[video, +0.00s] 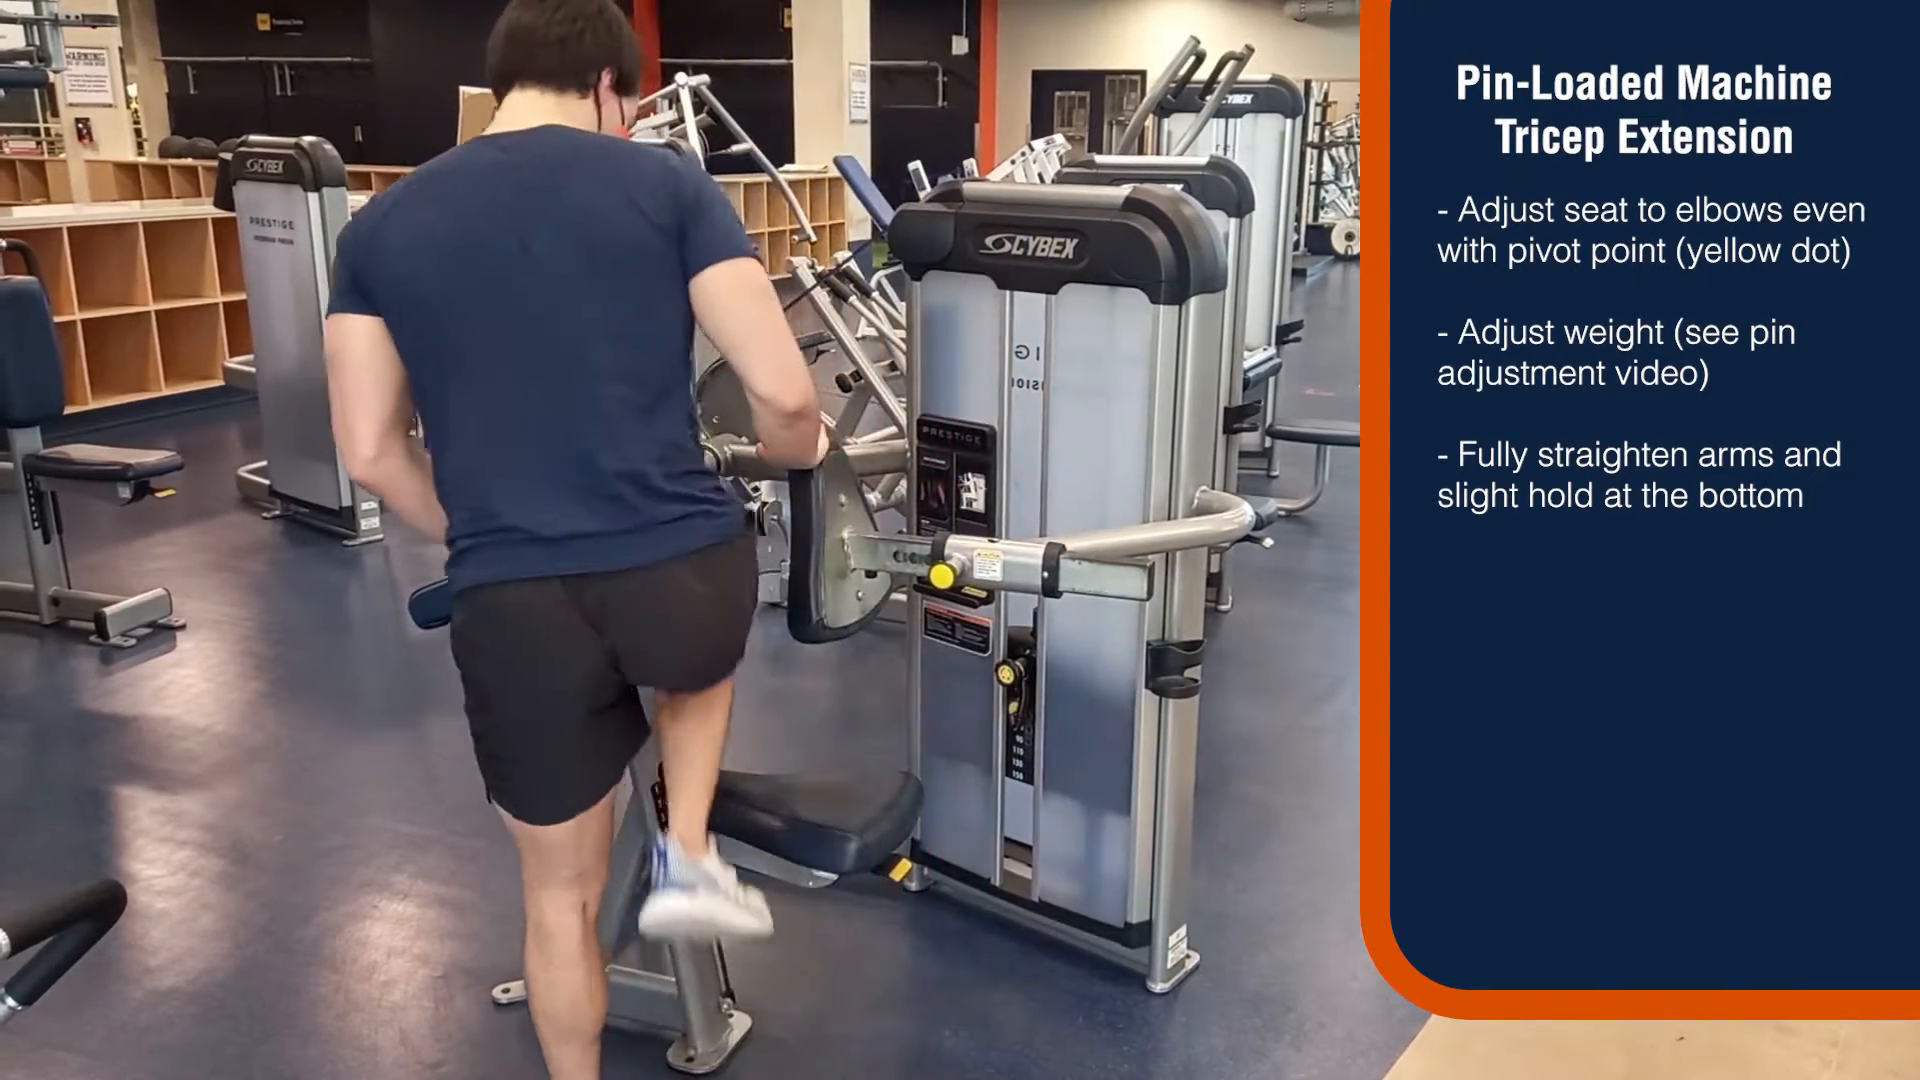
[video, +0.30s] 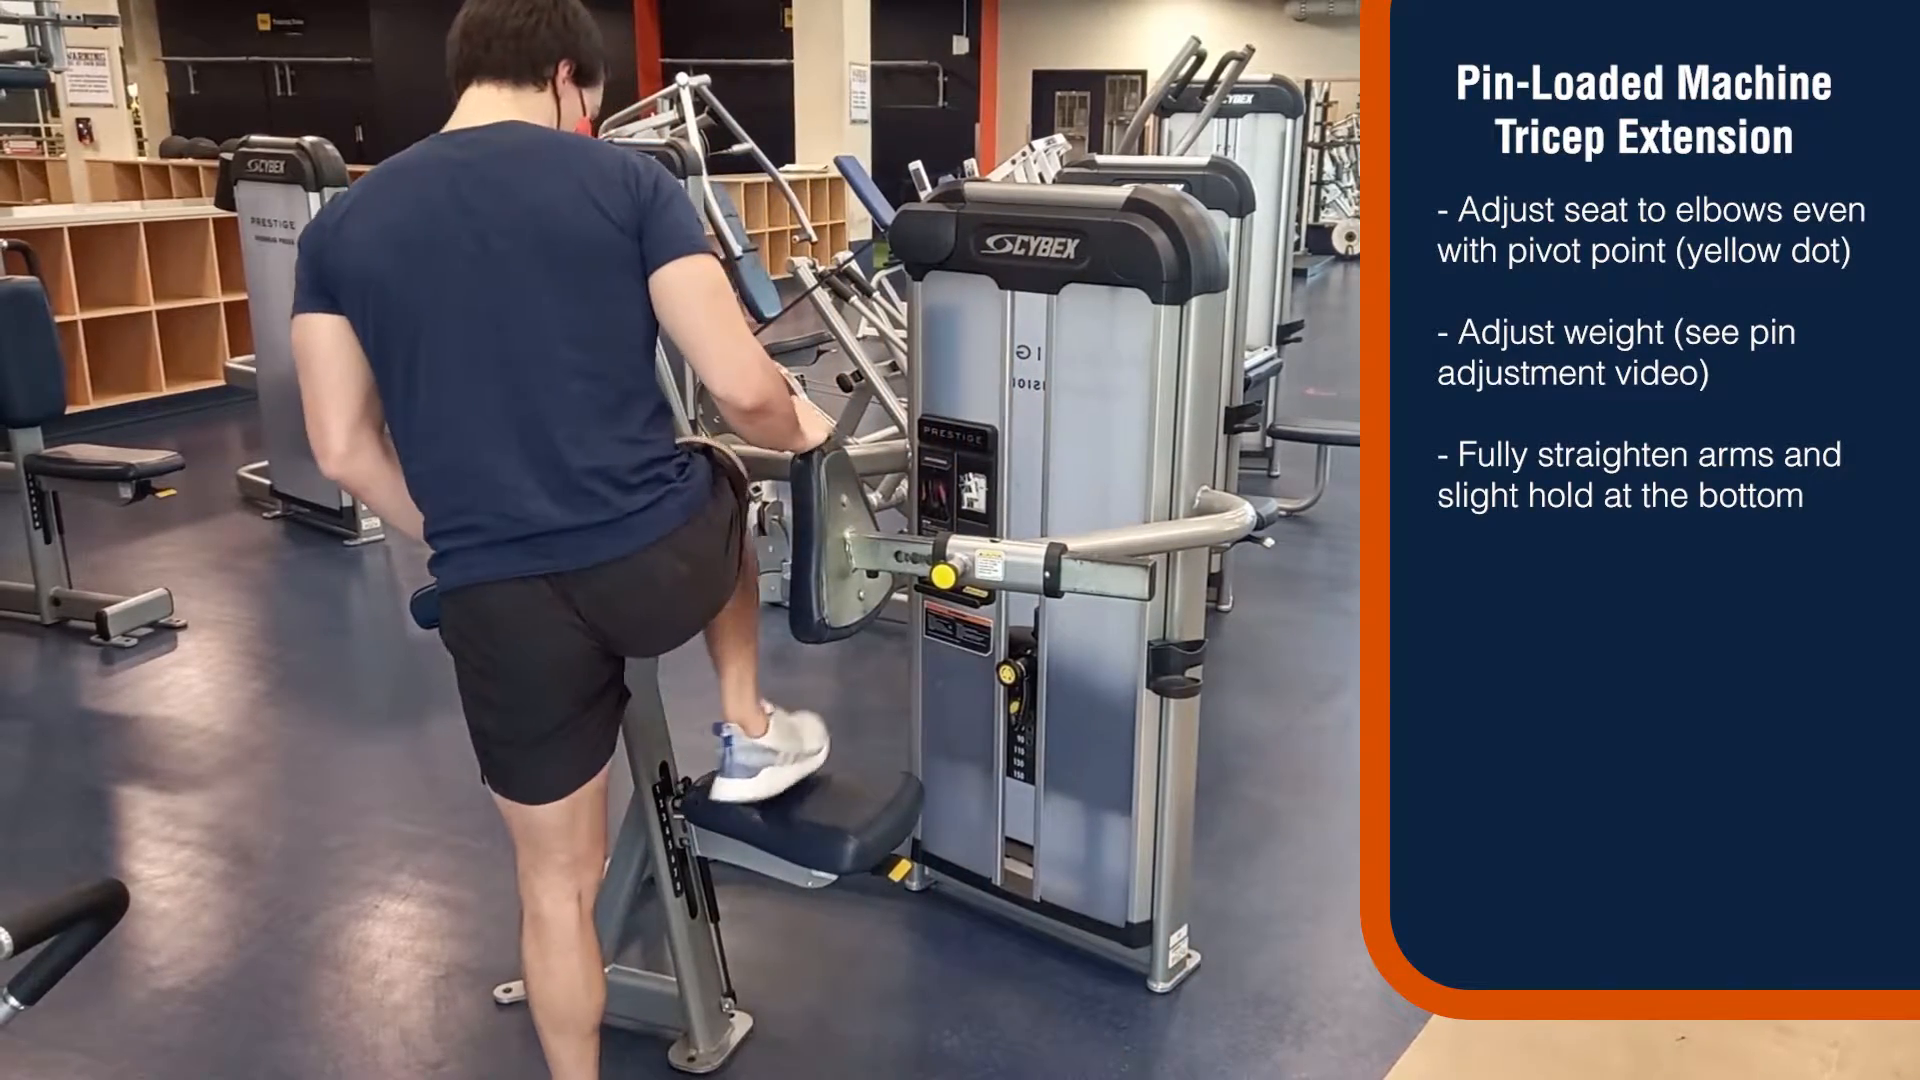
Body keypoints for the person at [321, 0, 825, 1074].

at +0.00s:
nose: (629, 127)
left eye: (629, 112)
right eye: (631, 110)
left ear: (496, 87)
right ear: (604, 94)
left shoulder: (384, 223)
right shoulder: (662, 185)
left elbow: (368, 448)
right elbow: (786, 397)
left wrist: (469, 527)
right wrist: (787, 452)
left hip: (511, 609)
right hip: (677, 577)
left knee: (560, 898)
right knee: (694, 656)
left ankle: (575, 1076)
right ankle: (687, 857)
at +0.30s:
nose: (598, 119)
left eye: (597, 106)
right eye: (598, 104)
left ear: (457, 86)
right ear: (566, 86)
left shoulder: (343, 224)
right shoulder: (621, 179)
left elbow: (343, 446)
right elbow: (747, 388)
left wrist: (450, 521)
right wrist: (796, 432)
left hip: (499, 610)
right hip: (654, 569)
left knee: (555, 883)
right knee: (713, 483)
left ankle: (574, 1078)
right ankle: (749, 725)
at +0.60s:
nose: (565, 113)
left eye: (565, 100)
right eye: (564, 96)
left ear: (430, 87)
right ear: (540, 84)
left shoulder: (338, 239)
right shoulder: (627, 182)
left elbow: (359, 468)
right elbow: (753, 383)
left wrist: (485, 540)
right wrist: (739, 419)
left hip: (549, 605)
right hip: (702, 546)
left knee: (572, 883)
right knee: (758, 572)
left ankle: (583, 1077)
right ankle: (818, 752)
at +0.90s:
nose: (474, 143)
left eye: (473, 125)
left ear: (478, 125)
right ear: (595, 110)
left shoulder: (475, 245)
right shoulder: (694, 202)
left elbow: (481, 473)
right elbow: (788, 373)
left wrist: (507, 548)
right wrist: (759, 461)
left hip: (636, 583)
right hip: (761, 545)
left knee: (606, 861)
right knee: (765, 749)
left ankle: (595, 1070)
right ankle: (811, 947)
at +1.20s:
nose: (589, 196)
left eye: (588, 183)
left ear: (599, 179)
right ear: (699, 177)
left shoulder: (586, 250)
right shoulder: (766, 260)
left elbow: (579, 441)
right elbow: (853, 420)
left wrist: (513, 526)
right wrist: (773, 428)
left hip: (690, 603)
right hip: (796, 582)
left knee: (543, 821)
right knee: (730, 760)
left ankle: (616, 1062)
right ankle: (805, 957)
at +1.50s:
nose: (752, 309)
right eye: (750, 297)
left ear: (637, 296)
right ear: (735, 293)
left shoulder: (607, 343)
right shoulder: (791, 377)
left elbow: (539, 478)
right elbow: (838, 511)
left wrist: (500, 543)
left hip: (722, 714)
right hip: (838, 677)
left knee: (508, 833)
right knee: (722, 760)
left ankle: (614, 1060)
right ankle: (796, 944)